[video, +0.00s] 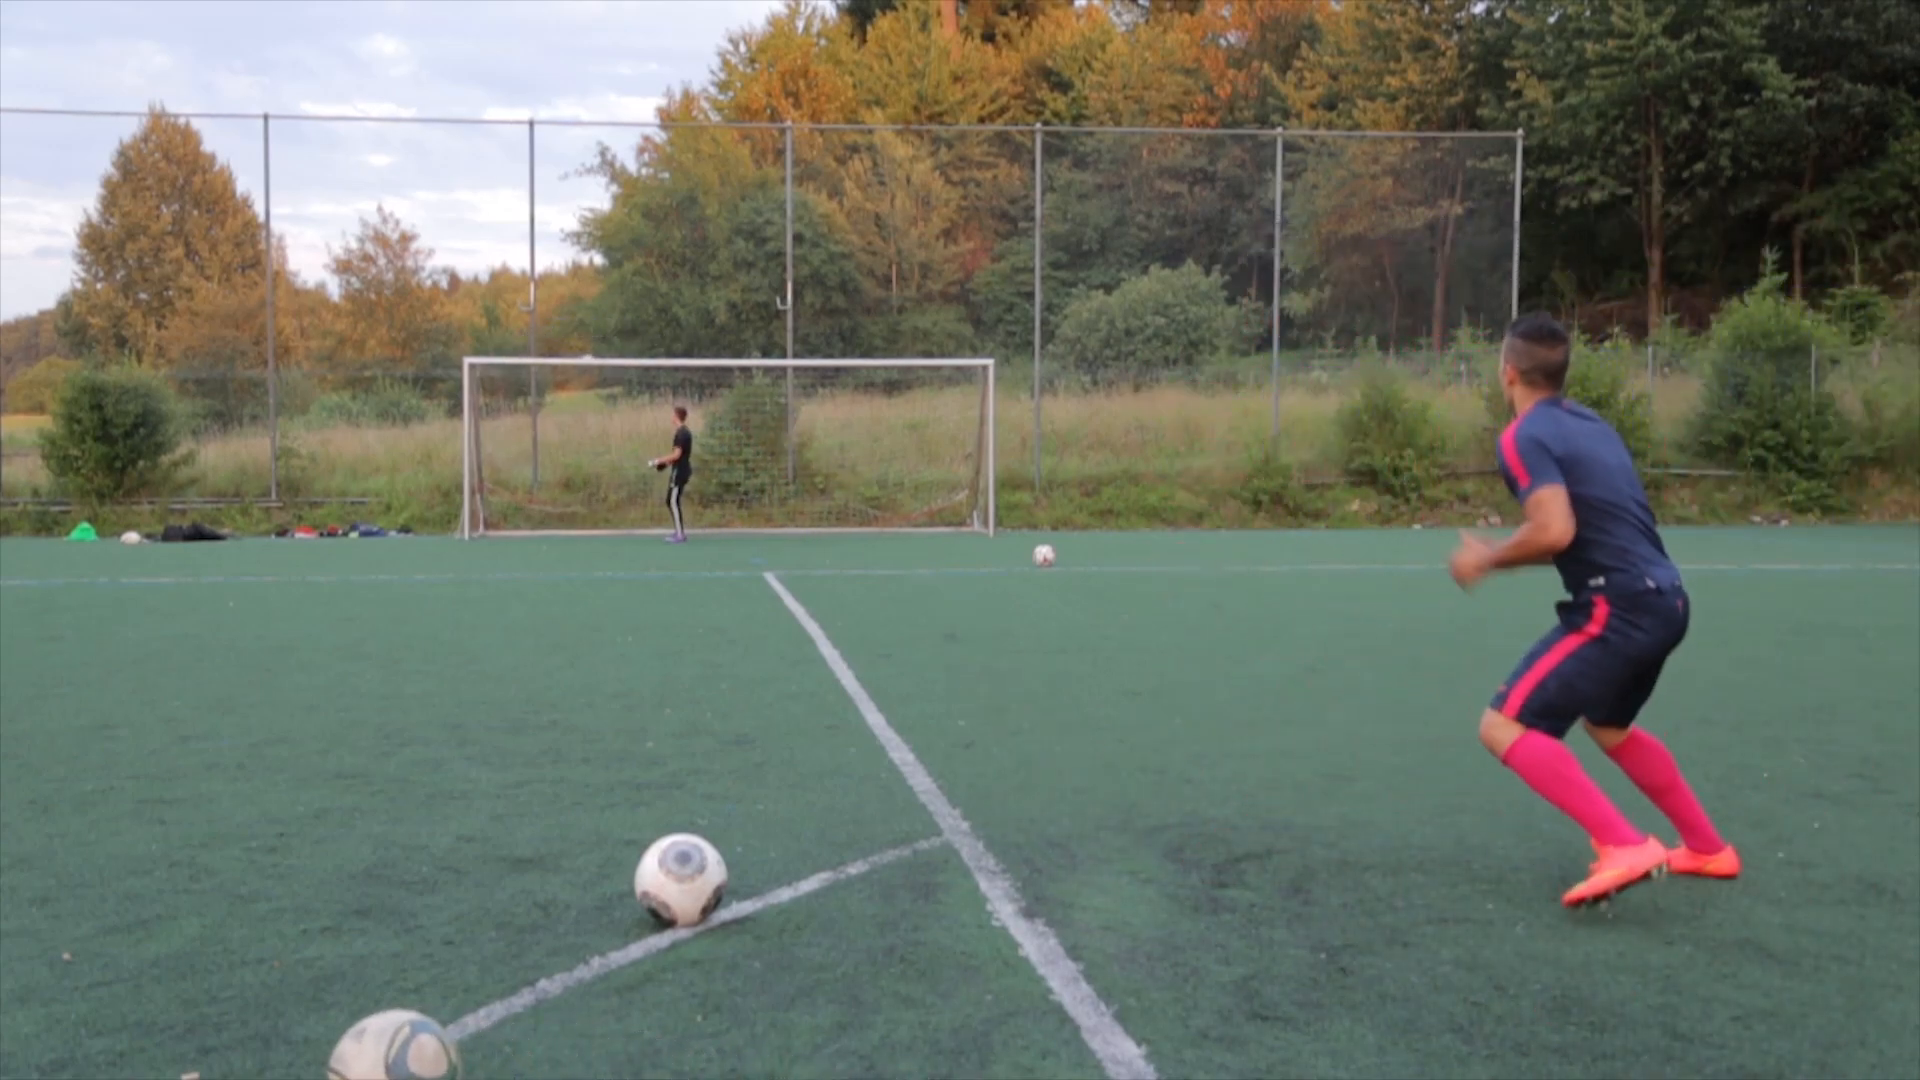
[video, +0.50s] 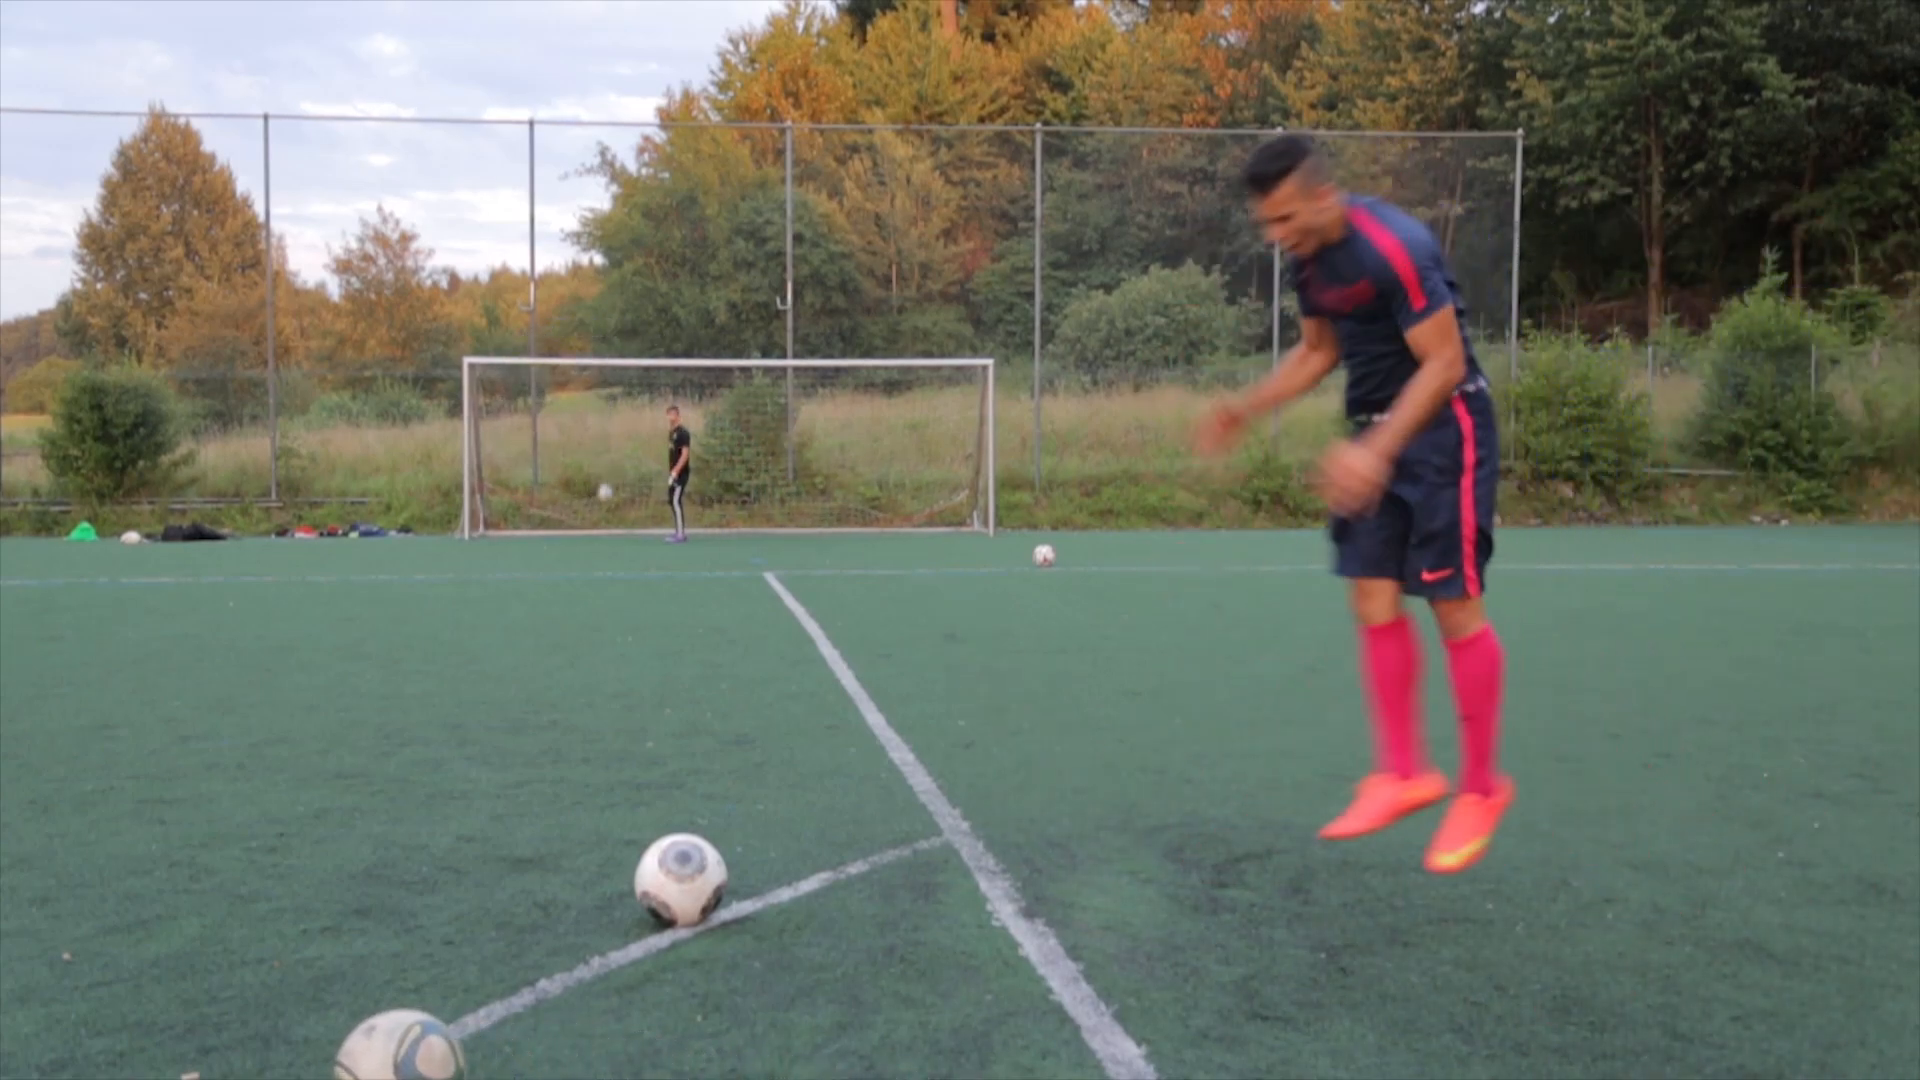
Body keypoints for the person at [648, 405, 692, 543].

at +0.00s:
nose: (672, 418)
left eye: (673, 415)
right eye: (673, 415)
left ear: (676, 416)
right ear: (683, 416)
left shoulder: (681, 433)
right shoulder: (683, 432)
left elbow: (677, 454)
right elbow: (679, 454)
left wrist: (659, 461)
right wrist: (665, 463)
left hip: (680, 469)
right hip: (680, 468)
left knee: (673, 500)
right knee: (671, 500)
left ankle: (679, 534)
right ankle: (678, 532)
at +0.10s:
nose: (671, 418)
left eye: (673, 415)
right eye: (673, 415)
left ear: (676, 416)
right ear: (682, 416)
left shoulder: (681, 433)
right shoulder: (681, 432)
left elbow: (678, 455)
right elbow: (677, 455)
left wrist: (663, 465)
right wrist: (666, 466)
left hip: (679, 469)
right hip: (678, 468)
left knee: (673, 500)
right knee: (671, 500)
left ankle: (679, 533)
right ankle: (679, 532)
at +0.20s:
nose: (670, 417)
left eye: (673, 414)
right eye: (671, 414)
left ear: (678, 416)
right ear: (679, 416)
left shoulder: (681, 432)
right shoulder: (678, 432)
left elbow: (678, 455)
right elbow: (676, 455)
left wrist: (666, 469)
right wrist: (667, 469)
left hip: (679, 470)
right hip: (677, 469)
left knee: (674, 500)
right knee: (671, 500)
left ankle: (680, 533)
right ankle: (679, 532)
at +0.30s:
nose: (671, 418)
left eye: (673, 415)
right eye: (670, 415)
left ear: (679, 416)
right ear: (671, 416)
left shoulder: (681, 434)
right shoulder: (676, 433)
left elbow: (680, 454)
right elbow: (677, 454)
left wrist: (670, 470)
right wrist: (670, 469)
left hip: (680, 471)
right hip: (676, 470)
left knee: (674, 500)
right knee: (672, 500)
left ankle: (680, 533)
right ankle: (679, 532)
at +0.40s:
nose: (671, 419)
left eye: (673, 415)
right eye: (670, 416)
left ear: (678, 416)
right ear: (668, 417)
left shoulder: (682, 433)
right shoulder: (674, 433)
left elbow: (683, 454)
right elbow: (677, 453)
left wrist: (672, 470)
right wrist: (671, 470)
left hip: (681, 470)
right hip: (675, 470)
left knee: (675, 500)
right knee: (672, 500)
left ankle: (680, 533)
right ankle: (679, 532)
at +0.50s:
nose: (671, 418)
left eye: (673, 415)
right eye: (669, 415)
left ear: (678, 415)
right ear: (668, 416)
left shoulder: (682, 433)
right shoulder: (672, 432)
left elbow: (685, 455)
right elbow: (675, 453)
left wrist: (674, 473)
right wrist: (672, 471)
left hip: (681, 470)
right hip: (675, 470)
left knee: (676, 499)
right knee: (673, 499)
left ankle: (681, 533)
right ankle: (678, 532)